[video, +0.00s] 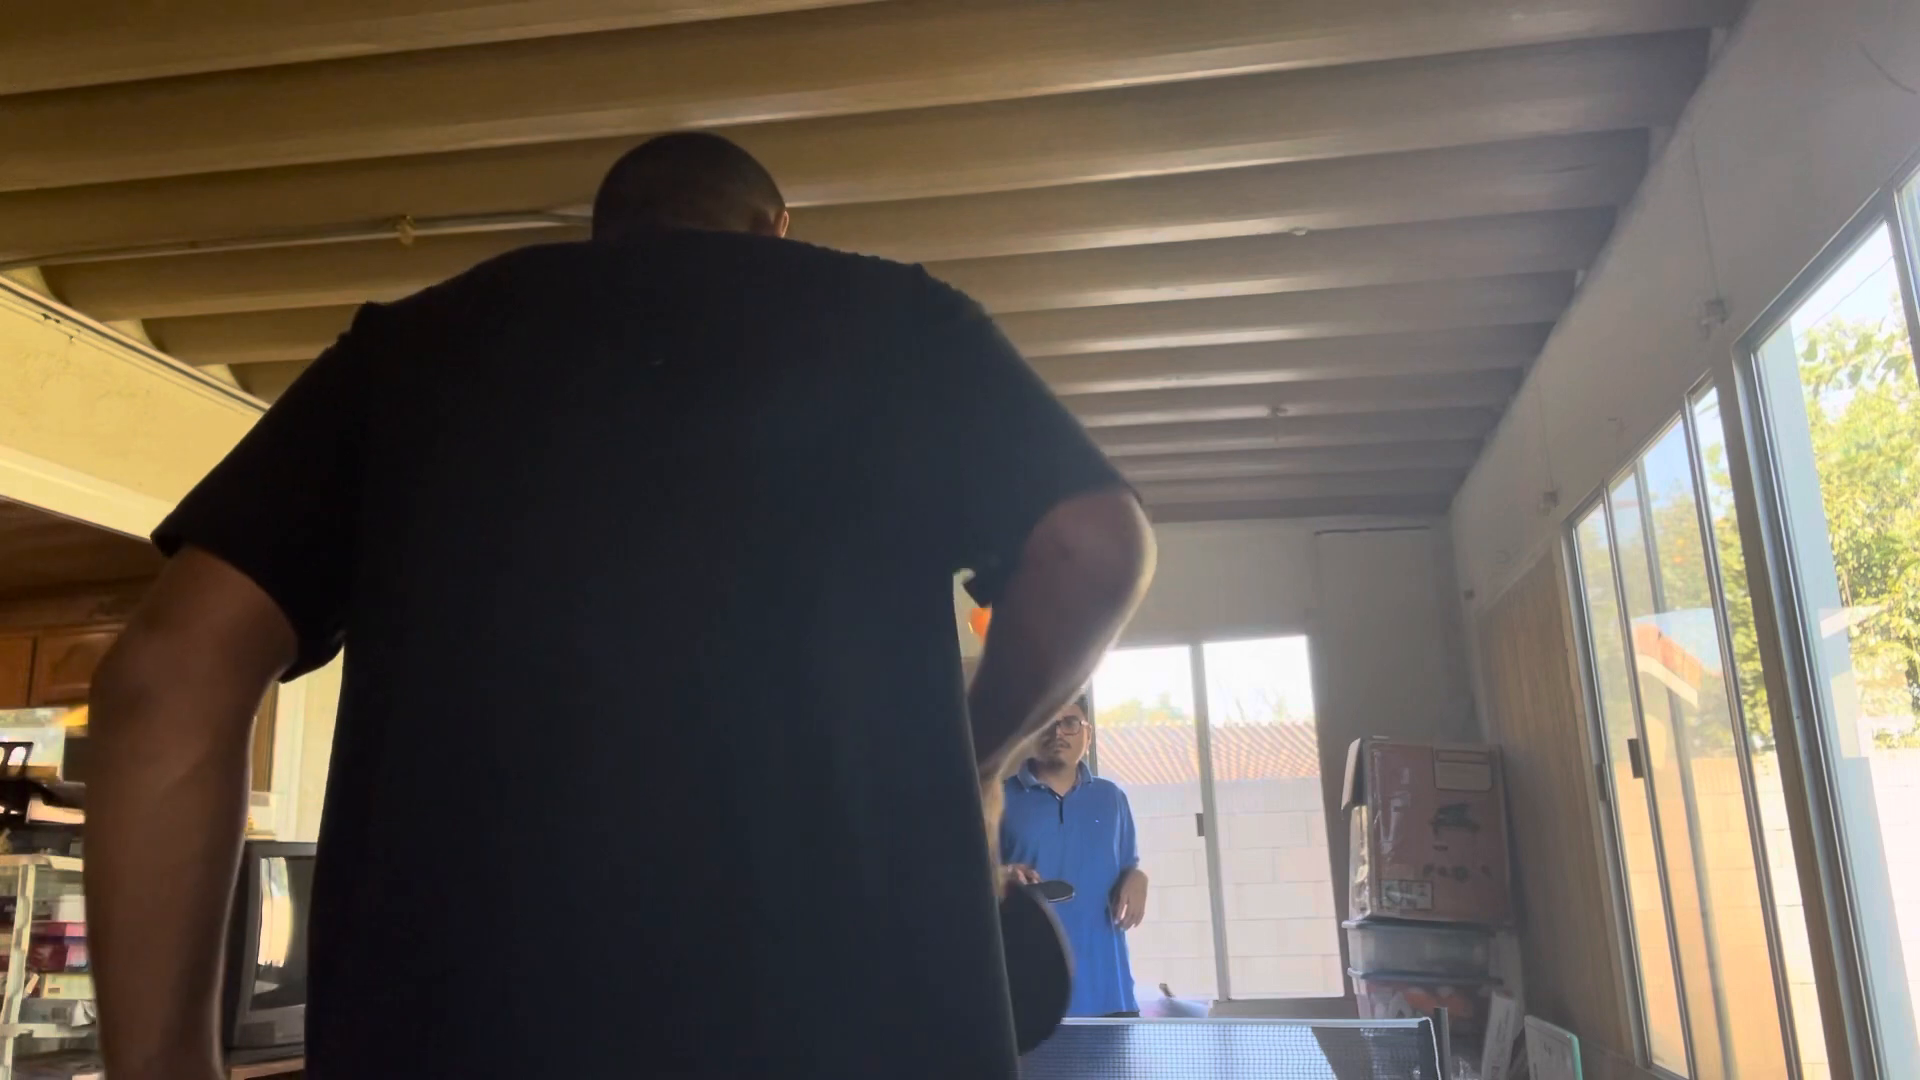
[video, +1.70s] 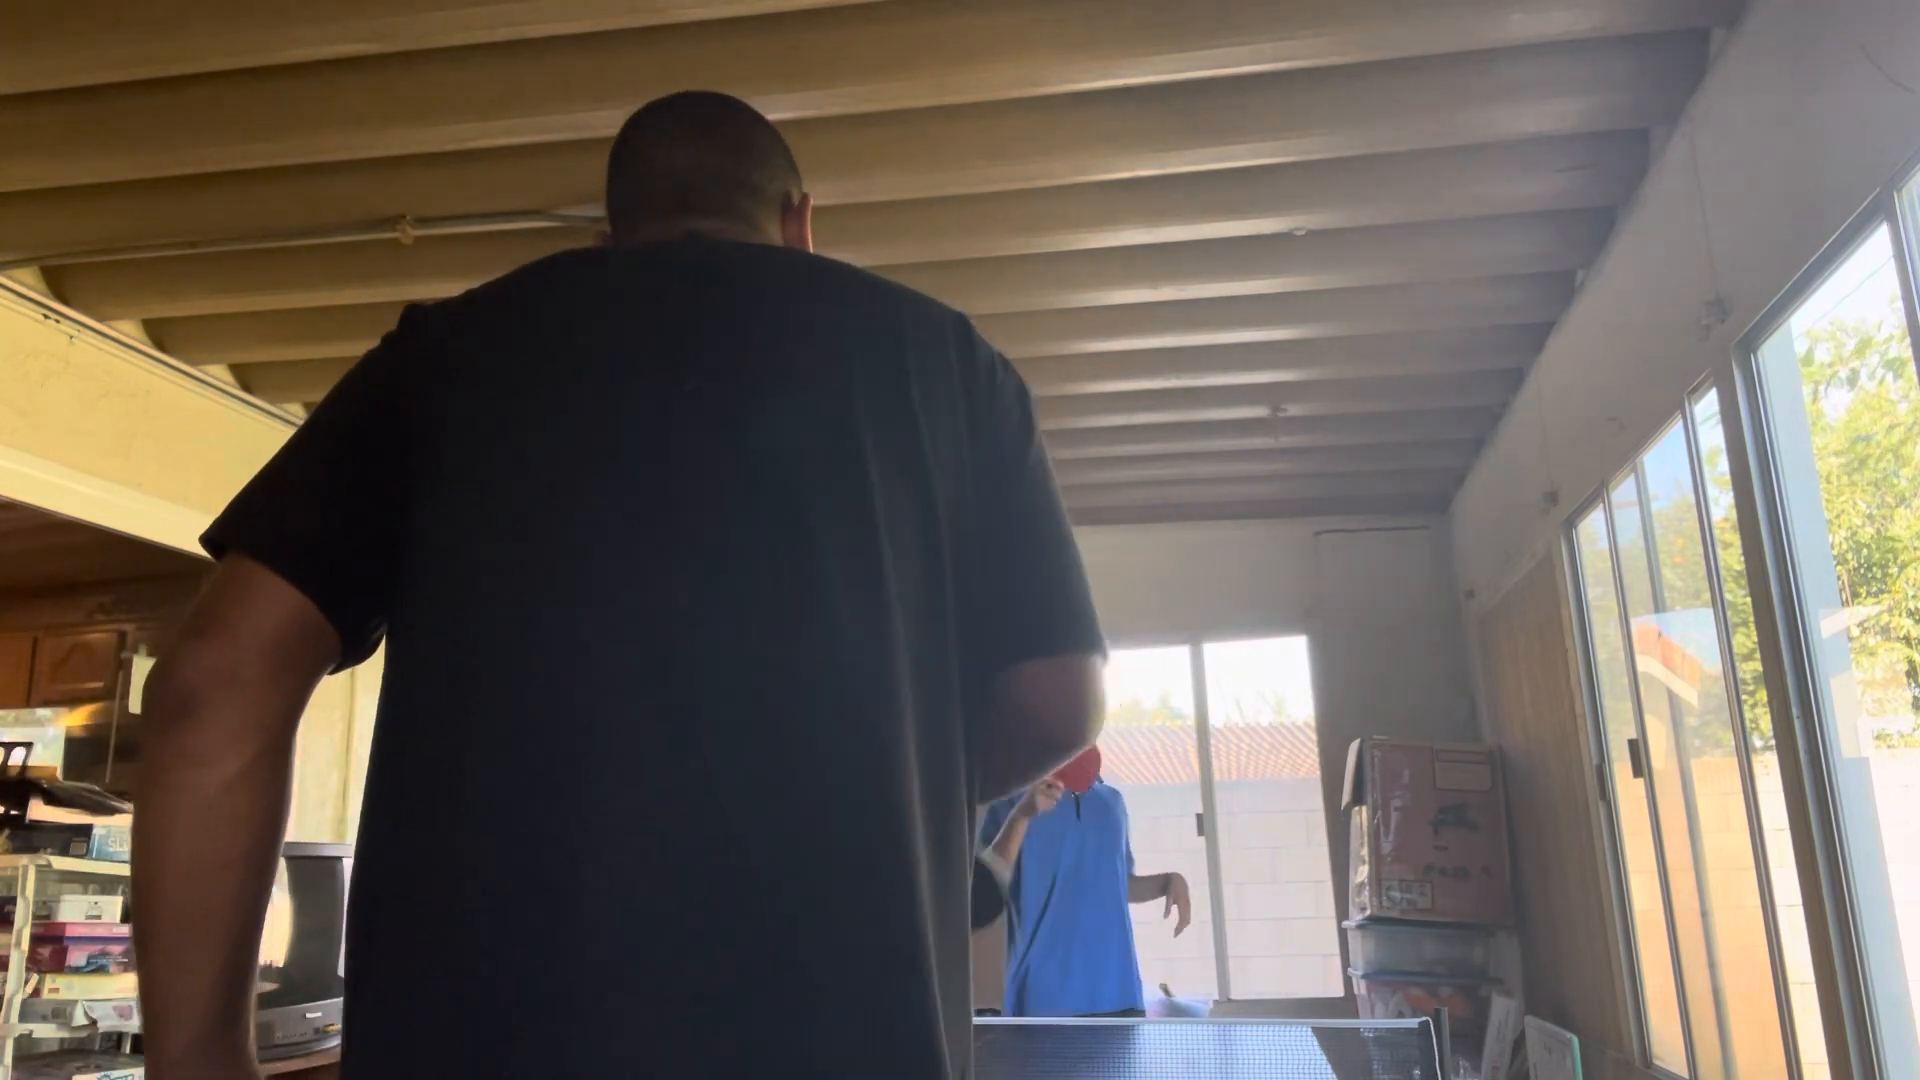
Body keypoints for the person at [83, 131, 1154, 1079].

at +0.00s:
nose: (796, 252)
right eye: (792, 237)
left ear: (590, 234)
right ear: (779, 232)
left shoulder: (410, 344)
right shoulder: (892, 315)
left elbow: (164, 676)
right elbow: (1094, 544)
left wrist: (165, 1064)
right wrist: (971, 763)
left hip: (452, 1028)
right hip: (862, 1029)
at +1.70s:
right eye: (804, 219)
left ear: (605, 219)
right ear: (797, 217)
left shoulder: (448, 349)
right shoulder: (936, 353)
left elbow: (215, 683)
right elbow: (1054, 703)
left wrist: (198, 1054)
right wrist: (878, 808)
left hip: (477, 1030)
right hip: (840, 1034)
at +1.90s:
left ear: (580, 232)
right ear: (772, 240)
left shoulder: (430, 338)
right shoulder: (909, 374)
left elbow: (187, 656)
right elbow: (970, 758)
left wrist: (175, 1044)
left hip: (459, 1036)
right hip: (836, 1044)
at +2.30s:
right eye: (720, 242)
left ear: (515, 232)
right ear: (712, 242)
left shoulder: (359, 321)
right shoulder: (837, 374)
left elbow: (78, 643)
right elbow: (845, 740)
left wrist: (50, 1035)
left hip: (379, 1032)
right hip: (757, 1042)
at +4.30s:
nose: (796, 240)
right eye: (793, 218)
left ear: (583, 204)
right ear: (773, 209)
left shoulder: (386, 342)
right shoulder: (881, 347)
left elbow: (139, 697)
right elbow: (1005, 723)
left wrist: (126, 1057)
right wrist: (951, 819)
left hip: (405, 1037)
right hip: (773, 1039)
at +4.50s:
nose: (830, 254)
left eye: (829, 237)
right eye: (831, 231)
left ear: (621, 199)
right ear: (794, 205)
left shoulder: (389, 333)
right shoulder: (870, 342)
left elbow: (145, 677)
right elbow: (982, 695)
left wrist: (130, 1049)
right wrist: (1039, 926)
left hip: (381, 1037)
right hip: (751, 1038)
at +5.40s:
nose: (857, 222)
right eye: (864, 200)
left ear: (657, 175)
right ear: (840, 179)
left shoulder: (423, 330)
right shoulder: (906, 340)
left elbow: (183, 694)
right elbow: (997, 722)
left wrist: (232, 1039)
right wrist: (1126, 999)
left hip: (415, 1043)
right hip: (778, 1043)